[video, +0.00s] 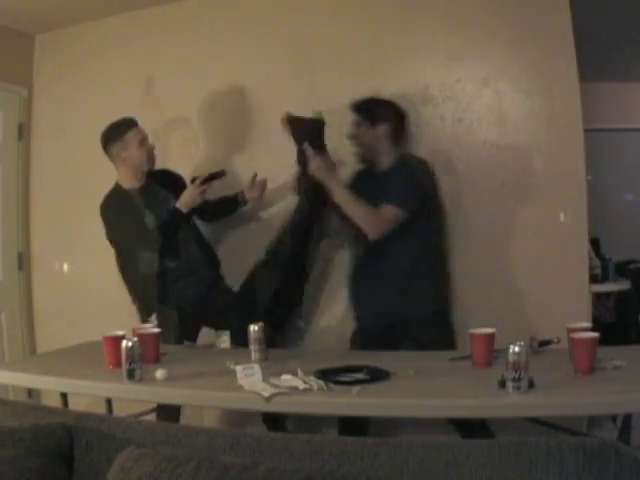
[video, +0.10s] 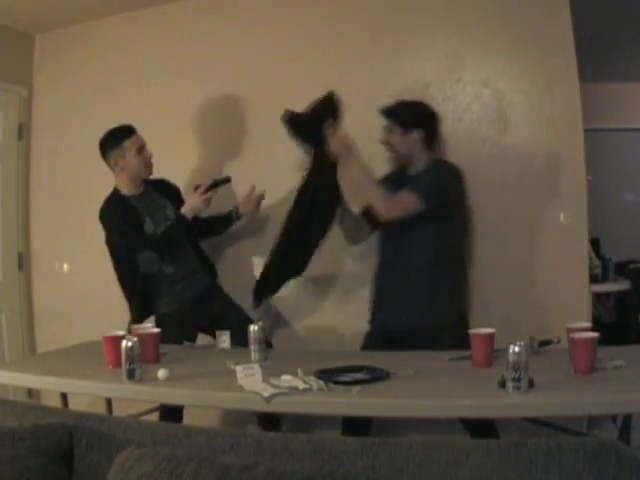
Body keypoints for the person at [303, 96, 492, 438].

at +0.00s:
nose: (352, 134)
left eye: (360, 126)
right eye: (353, 126)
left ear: (384, 130)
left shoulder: (413, 173)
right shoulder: (365, 180)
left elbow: (375, 226)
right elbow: (340, 226)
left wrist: (330, 183)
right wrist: (318, 180)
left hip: (422, 322)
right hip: (376, 320)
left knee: (457, 408)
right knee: (351, 407)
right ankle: (352, 479)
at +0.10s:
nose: (385, 140)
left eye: (393, 132)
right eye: (386, 132)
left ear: (417, 135)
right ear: (412, 137)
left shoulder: (443, 176)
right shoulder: (396, 181)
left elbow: (388, 209)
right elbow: (354, 232)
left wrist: (350, 158)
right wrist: (329, 183)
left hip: (437, 318)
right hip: (392, 316)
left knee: (468, 404)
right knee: (358, 400)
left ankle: (503, 469)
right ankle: (348, 476)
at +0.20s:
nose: (408, 141)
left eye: (417, 133)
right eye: (409, 133)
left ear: (442, 137)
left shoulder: (467, 178)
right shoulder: (417, 184)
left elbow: (410, 191)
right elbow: (364, 216)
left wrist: (368, 132)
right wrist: (338, 165)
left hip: (446, 317)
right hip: (402, 314)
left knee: (470, 406)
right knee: (358, 392)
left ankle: (504, 478)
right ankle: (352, 477)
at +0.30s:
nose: (418, 136)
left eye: (426, 127)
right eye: (418, 128)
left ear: (451, 132)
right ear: (446, 134)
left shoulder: (481, 177)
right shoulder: (422, 183)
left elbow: (435, 192)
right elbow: (365, 196)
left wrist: (394, 132)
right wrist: (361, 139)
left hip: (450, 317)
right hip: (403, 314)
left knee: (471, 405)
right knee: (358, 391)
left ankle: (503, 475)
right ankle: (344, 472)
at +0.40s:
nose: (432, 134)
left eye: (441, 128)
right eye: (435, 127)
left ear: (465, 140)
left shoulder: (487, 185)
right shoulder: (426, 177)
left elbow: (439, 202)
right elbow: (367, 186)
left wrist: (393, 165)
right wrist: (347, 148)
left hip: (450, 325)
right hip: (401, 319)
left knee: (471, 411)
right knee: (352, 397)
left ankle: (508, 476)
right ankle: (332, 475)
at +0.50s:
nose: (431, 139)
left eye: (439, 133)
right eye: (434, 131)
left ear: (463, 145)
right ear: (458, 144)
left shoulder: (484, 191)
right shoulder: (427, 179)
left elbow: (434, 210)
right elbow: (374, 173)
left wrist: (379, 173)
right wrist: (350, 130)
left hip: (443, 327)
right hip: (394, 320)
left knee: (463, 411)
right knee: (347, 395)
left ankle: (504, 468)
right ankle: (331, 471)